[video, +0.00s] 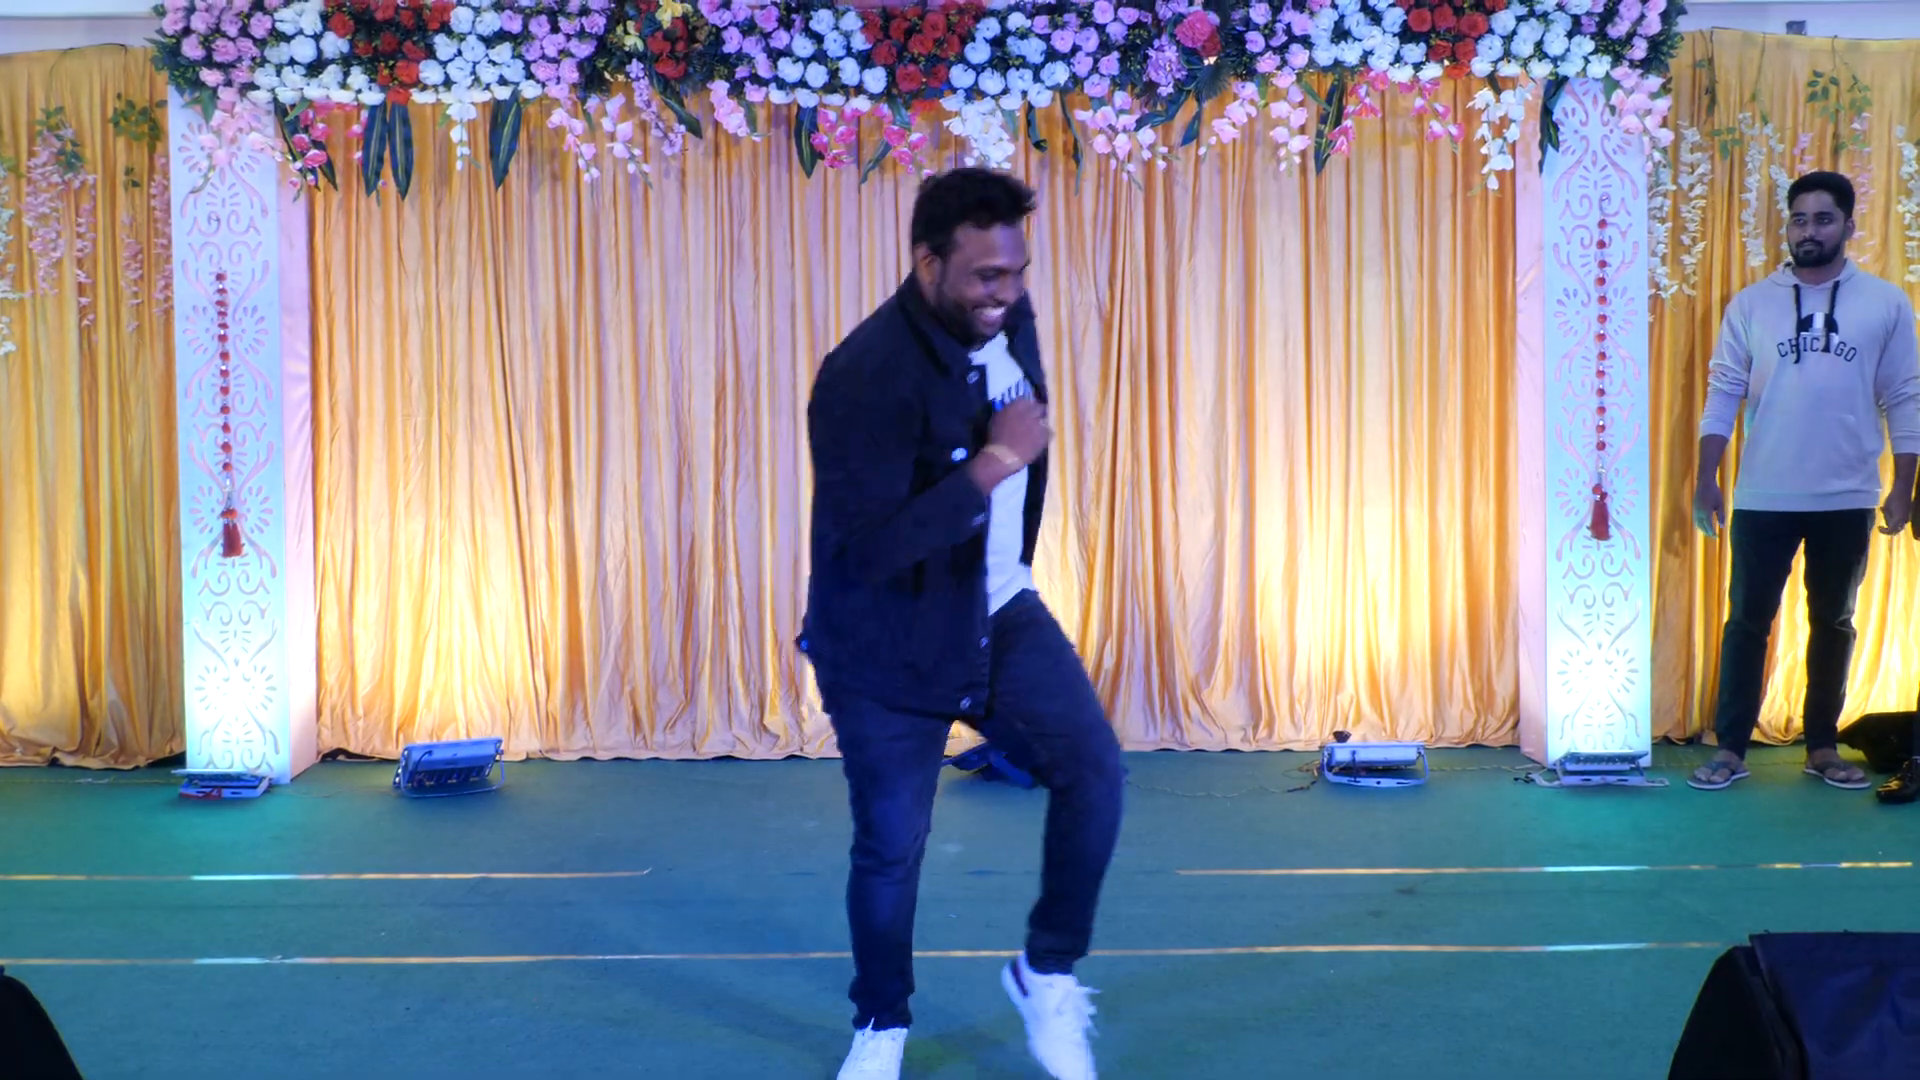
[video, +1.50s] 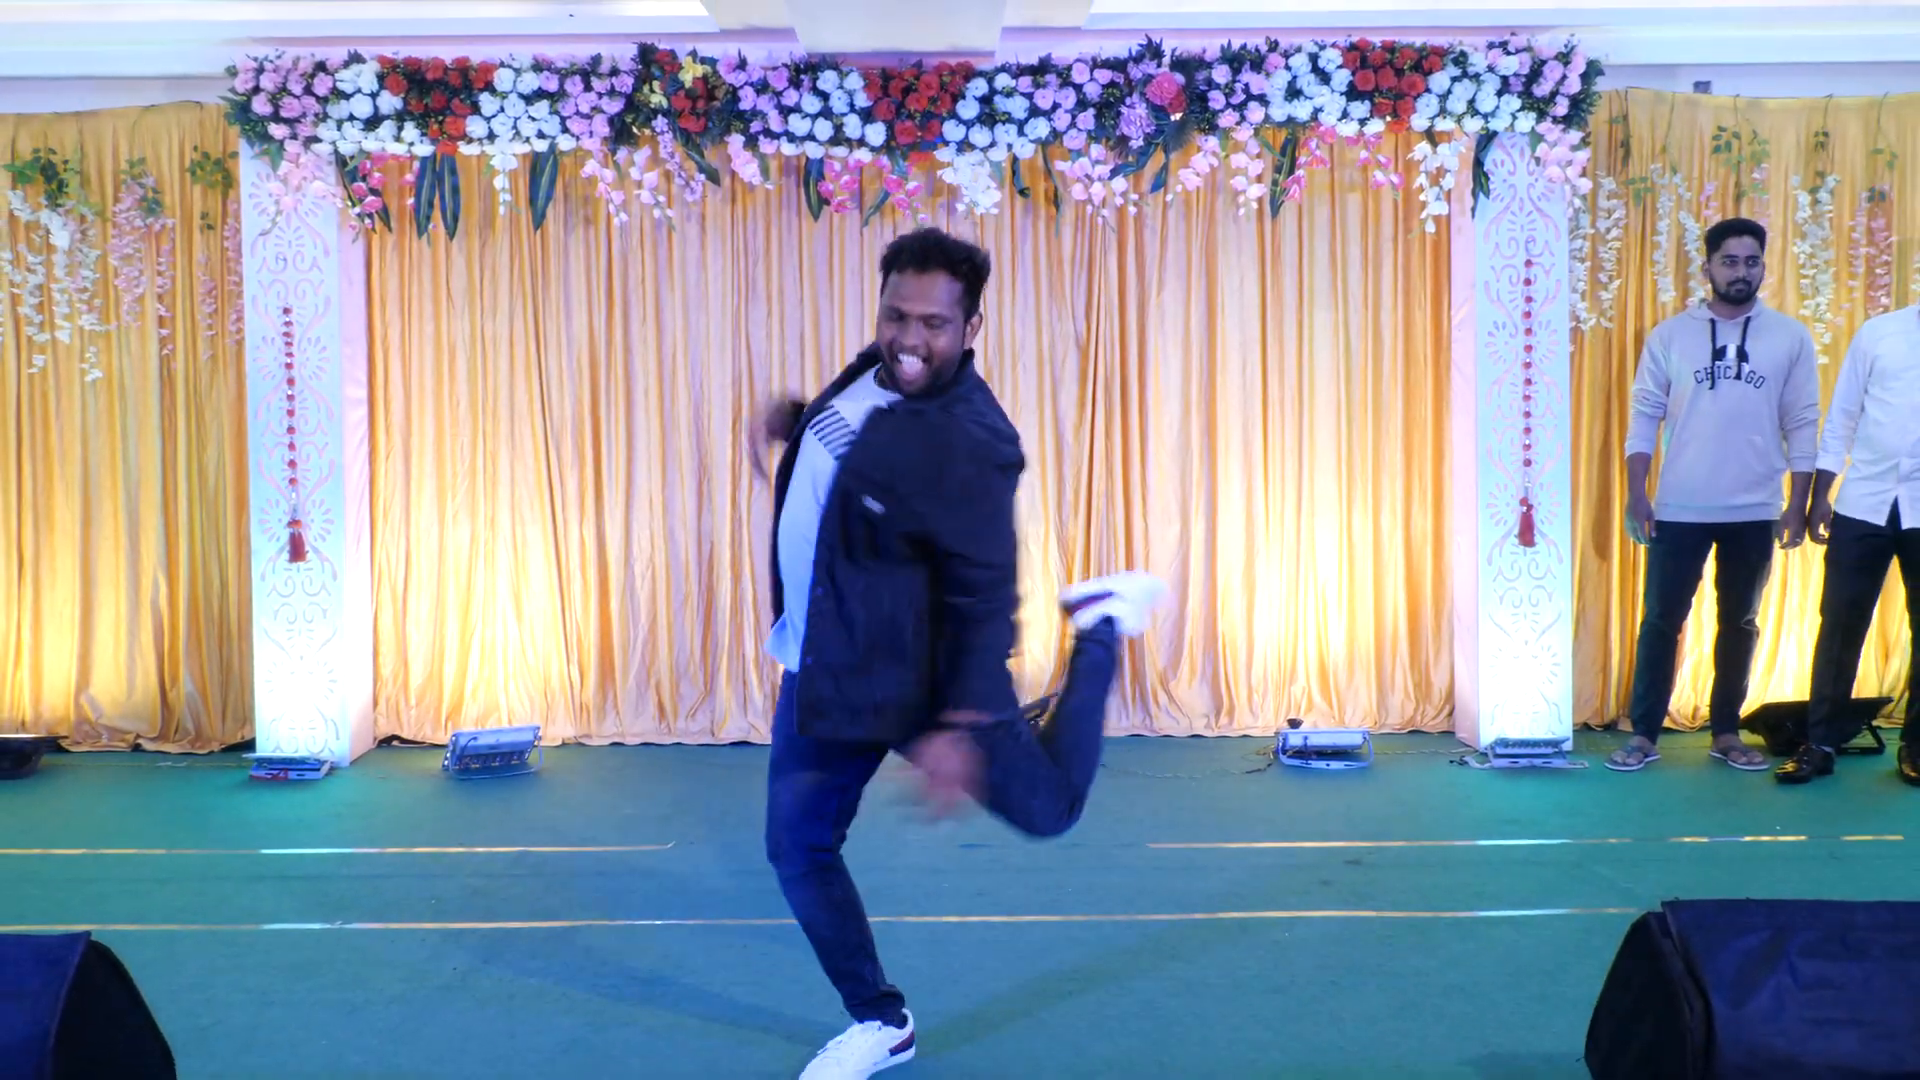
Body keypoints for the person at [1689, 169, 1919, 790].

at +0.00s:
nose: (1810, 229)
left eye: (1824, 219)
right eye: (1799, 218)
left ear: (1848, 226)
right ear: (1787, 226)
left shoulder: (1886, 304)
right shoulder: (1751, 304)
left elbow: (1905, 398)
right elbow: (1723, 390)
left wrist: (1904, 483)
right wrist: (1707, 474)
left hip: (1846, 495)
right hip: (1764, 493)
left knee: (1833, 626)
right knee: (1747, 621)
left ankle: (1822, 748)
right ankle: (1730, 749)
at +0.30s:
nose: (1814, 232)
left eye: (1828, 221)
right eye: (1804, 221)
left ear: (1851, 229)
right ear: (1788, 228)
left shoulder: (1885, 306)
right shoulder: (1753, 306)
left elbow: (1904, 400)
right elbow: (1727, 393)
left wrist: (1901, 485)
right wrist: (1719, 478)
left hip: (1846, 497)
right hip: (1766, 494)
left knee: (1833, 628)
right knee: (1747, 622)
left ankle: (1821, 750)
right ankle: (1730, 751)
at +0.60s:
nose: (1799, 238)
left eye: (1813, 229)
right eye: (1789, 228)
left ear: (1835, 238)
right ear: (1775, 235)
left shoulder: (1868, 313)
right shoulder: (1738, 312)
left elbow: (1884, 405)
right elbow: (1712, 398)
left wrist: (1884, 491)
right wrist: (1702, 481)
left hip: (1829, 500)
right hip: (1750, 497)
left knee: (1816, 629)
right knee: (1729, 624)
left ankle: (1802, 748)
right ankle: (1711, 749)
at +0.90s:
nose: (1768, 253)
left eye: (1781, 243)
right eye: (1758, 242)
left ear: (1802, 251)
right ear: (1743, 250)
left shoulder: (1834, 324)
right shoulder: (1708, 323)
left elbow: (1848, 414)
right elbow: (1682, 406)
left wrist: (1844, 497)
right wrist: (1671, 484)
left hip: (1796, 504)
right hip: (1719, 502)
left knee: (1782, 629)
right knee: (1699, 624)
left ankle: (1768, 743)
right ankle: (1681, 743)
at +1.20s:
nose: (1748, 265)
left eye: (1758, 256)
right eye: (1736, 256)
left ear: (1773, 264)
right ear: (1716, 262)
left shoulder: (1800, 333)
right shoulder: (1679, 331)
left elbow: (1813, 419)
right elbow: (1654, 410)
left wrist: (1809, 499)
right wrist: (1645, 487)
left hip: (1763, 507)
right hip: (1690, 504)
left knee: (1749, 627)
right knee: (1669, 623)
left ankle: (1735, 736)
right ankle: (1652, 737)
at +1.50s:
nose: (1741, 270)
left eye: (1751, 261)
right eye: (1730, 260)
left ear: (1764, 268)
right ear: (1708, 266)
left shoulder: (1789, 338)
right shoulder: (1670, 335)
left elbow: (1802, 422)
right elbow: (1645, 413)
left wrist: (1799, 501)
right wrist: (1636, 489)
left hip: (1753, 509)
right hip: (1681, 506)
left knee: (1739, 627)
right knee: (1660, 622)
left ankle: (1726, 734)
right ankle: (1643, 735)